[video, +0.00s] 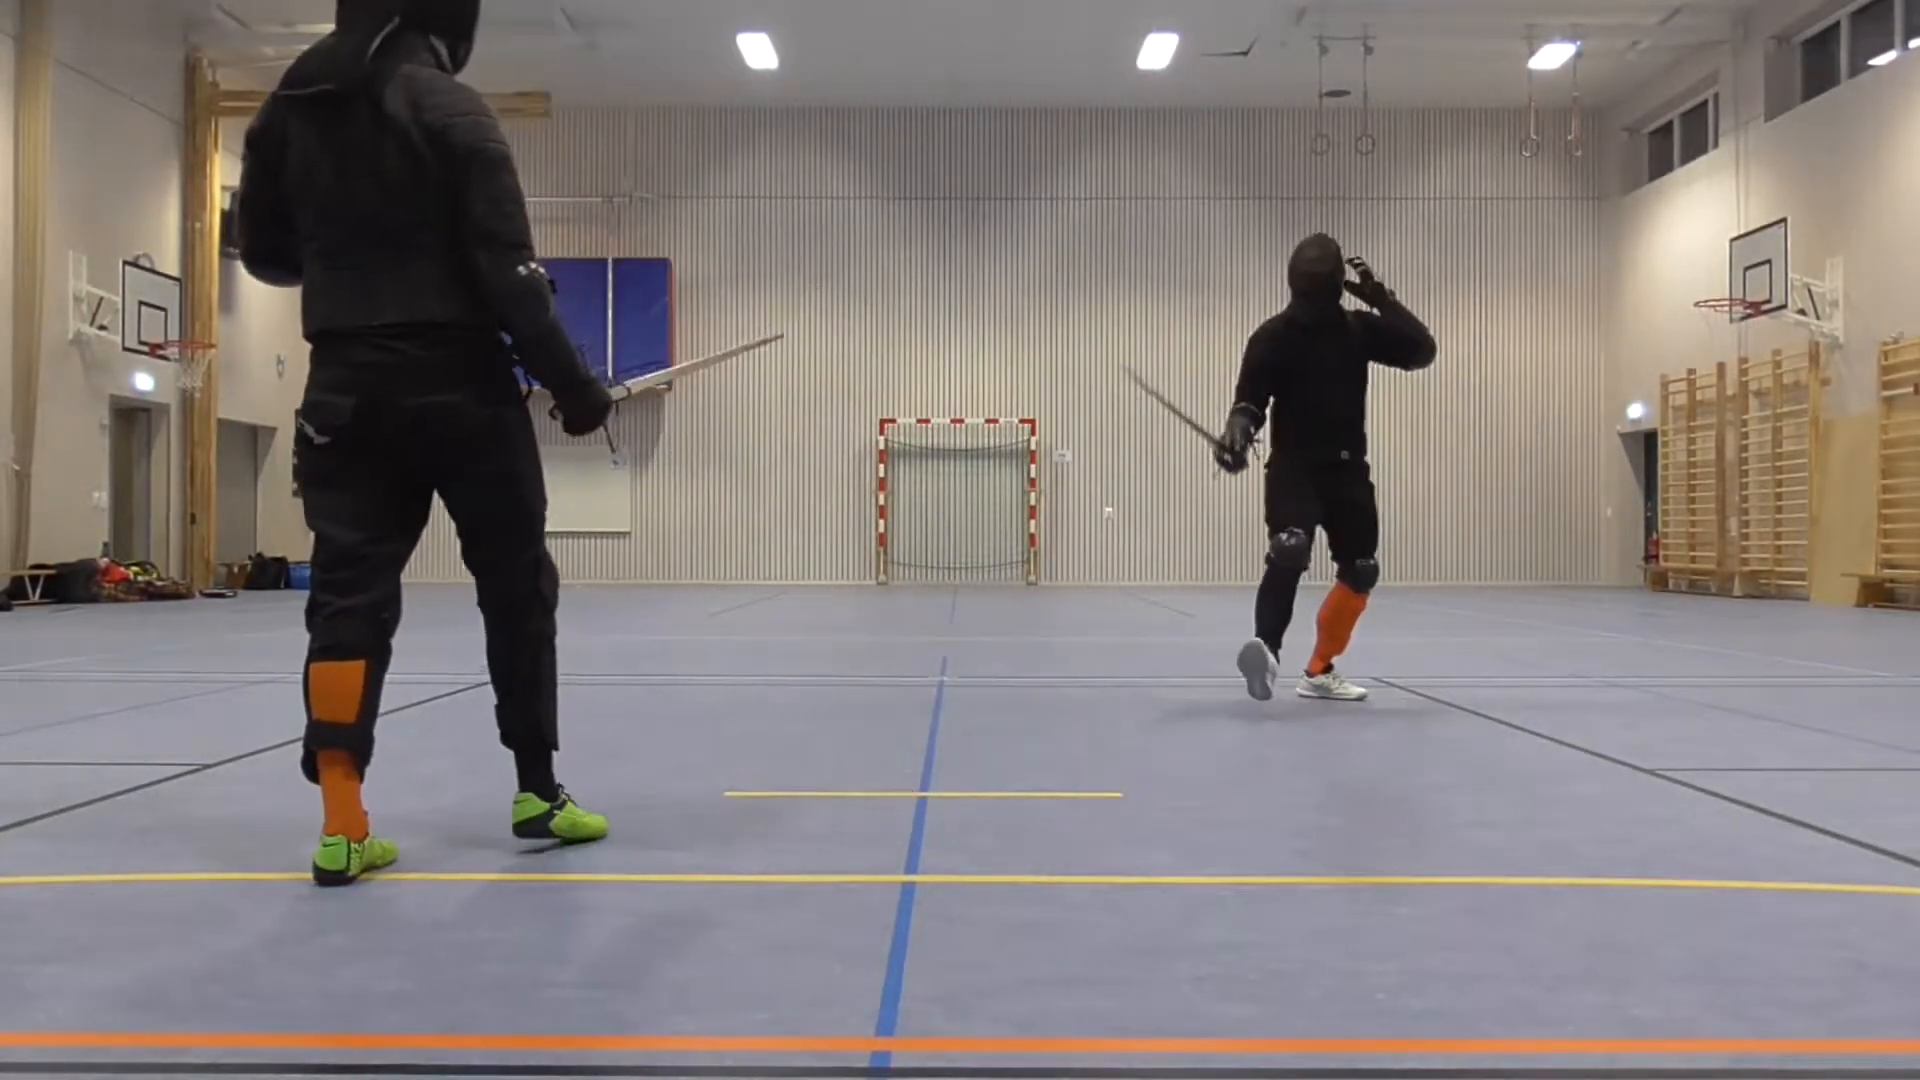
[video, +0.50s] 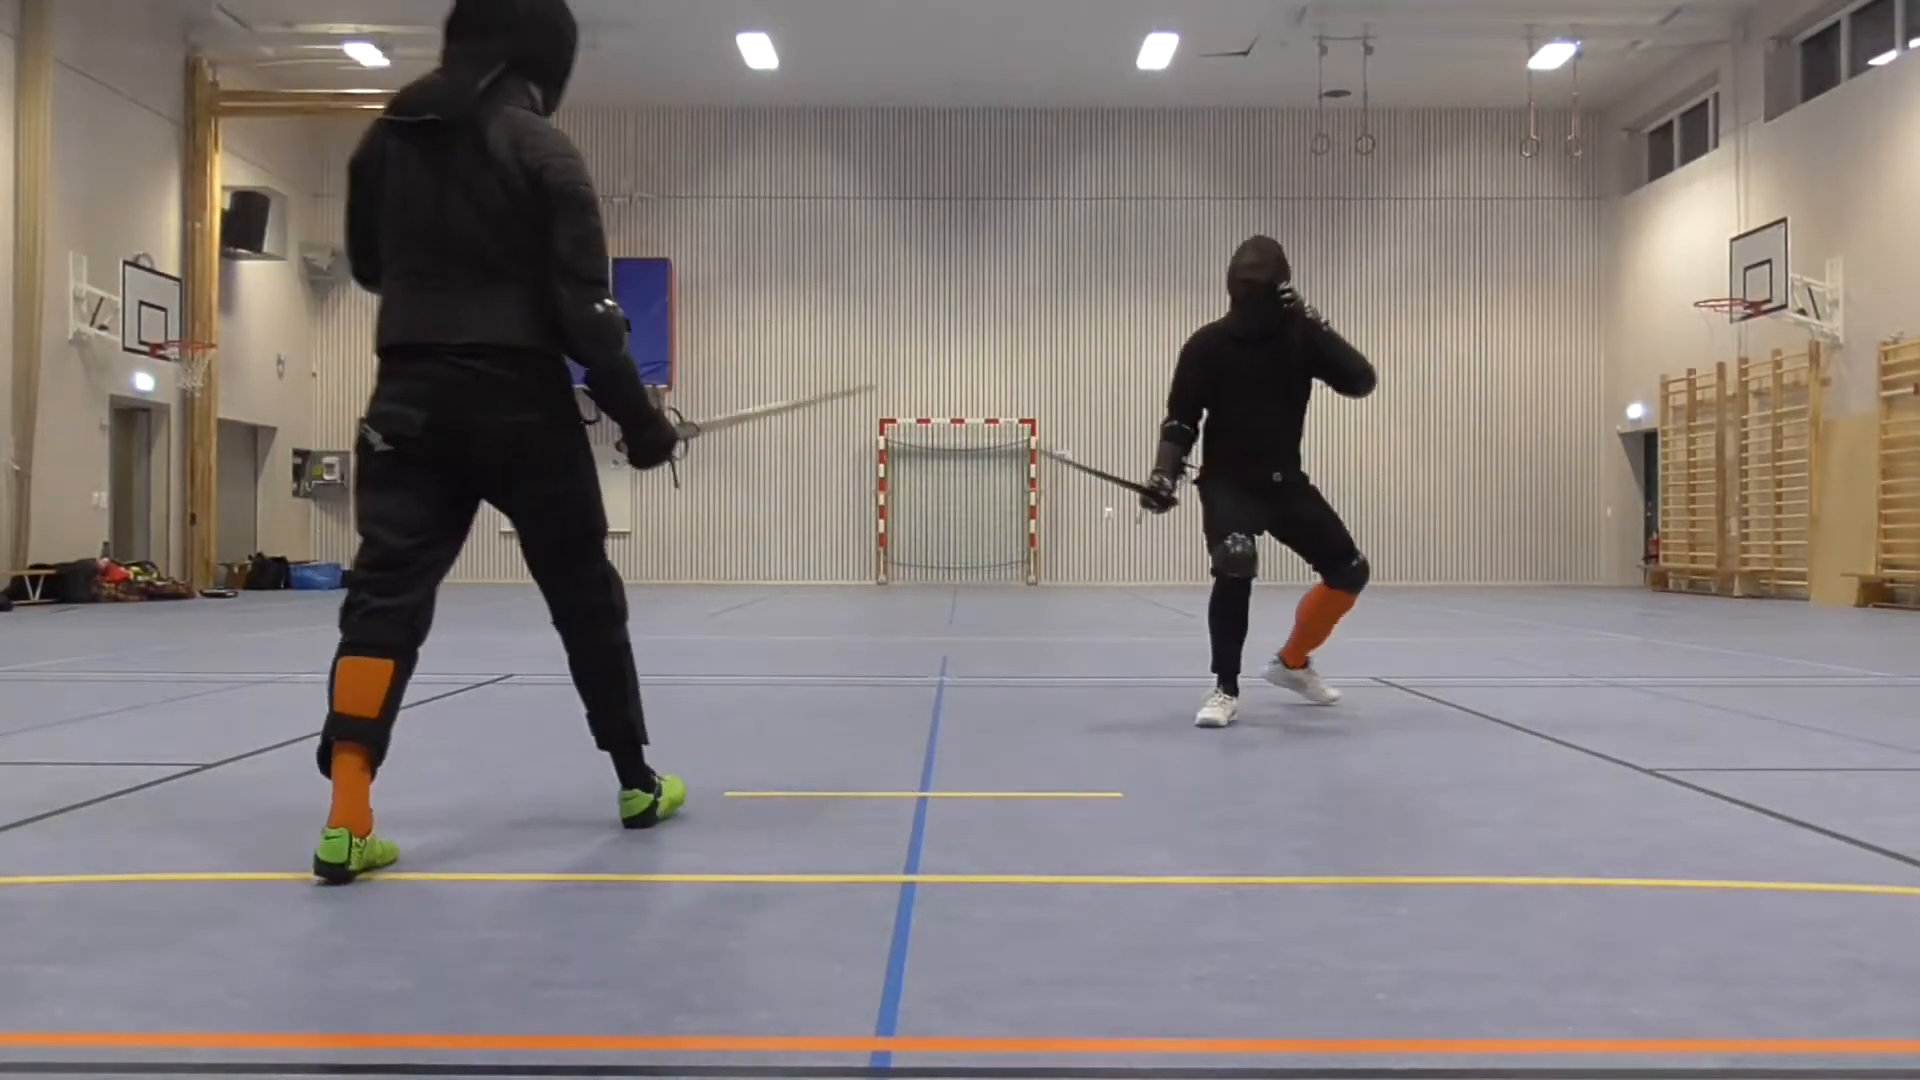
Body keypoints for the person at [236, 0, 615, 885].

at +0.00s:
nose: (469, 39)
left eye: (468, 26)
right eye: (466, 24)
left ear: (359, 14)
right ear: (440, 19)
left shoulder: (288, 108)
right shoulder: (451, 109)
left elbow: (267, 252)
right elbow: (508, 271)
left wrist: (358, 246)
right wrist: (577, 383)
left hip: (346, 388)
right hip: (464, 385)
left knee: (346, 595)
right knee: (516, 581)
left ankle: (342, 832)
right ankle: (537, 791)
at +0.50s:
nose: (564, 78)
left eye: (561, 59)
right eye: (560, 61)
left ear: (462, 43)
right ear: (540, 55)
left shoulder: (386, 142)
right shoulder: (545, 151)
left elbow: (368, 262)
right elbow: (585, 315)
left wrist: (465, 264)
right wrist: (644, 420)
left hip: (410, 397)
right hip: (524, 404)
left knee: (384, 594)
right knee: (583, 590)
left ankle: (346, 824)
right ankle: (636, 780)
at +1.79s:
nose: (550, 115)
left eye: (550, 100)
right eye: (548, 100)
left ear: (456, 77)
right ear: (527, 92)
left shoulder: (373, 160)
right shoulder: (528, 173)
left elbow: (366, 277)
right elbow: (564, 326)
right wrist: (624, 414)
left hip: (373, 401)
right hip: (484, 407)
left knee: (342, 577)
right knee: (552, 578)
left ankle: (324, 776)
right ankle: (548, 783)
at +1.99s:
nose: (492, 122)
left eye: (493, 108)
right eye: (490, 107)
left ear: (395, 84)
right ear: (465, 98)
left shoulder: (308, 172)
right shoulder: (460, 184)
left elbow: (308, 288)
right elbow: (493, 338)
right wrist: (555, 422)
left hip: (301, 419)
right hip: (411, 427)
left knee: (256, 604)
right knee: (511, 586)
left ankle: (187, 812)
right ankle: (542, 785)